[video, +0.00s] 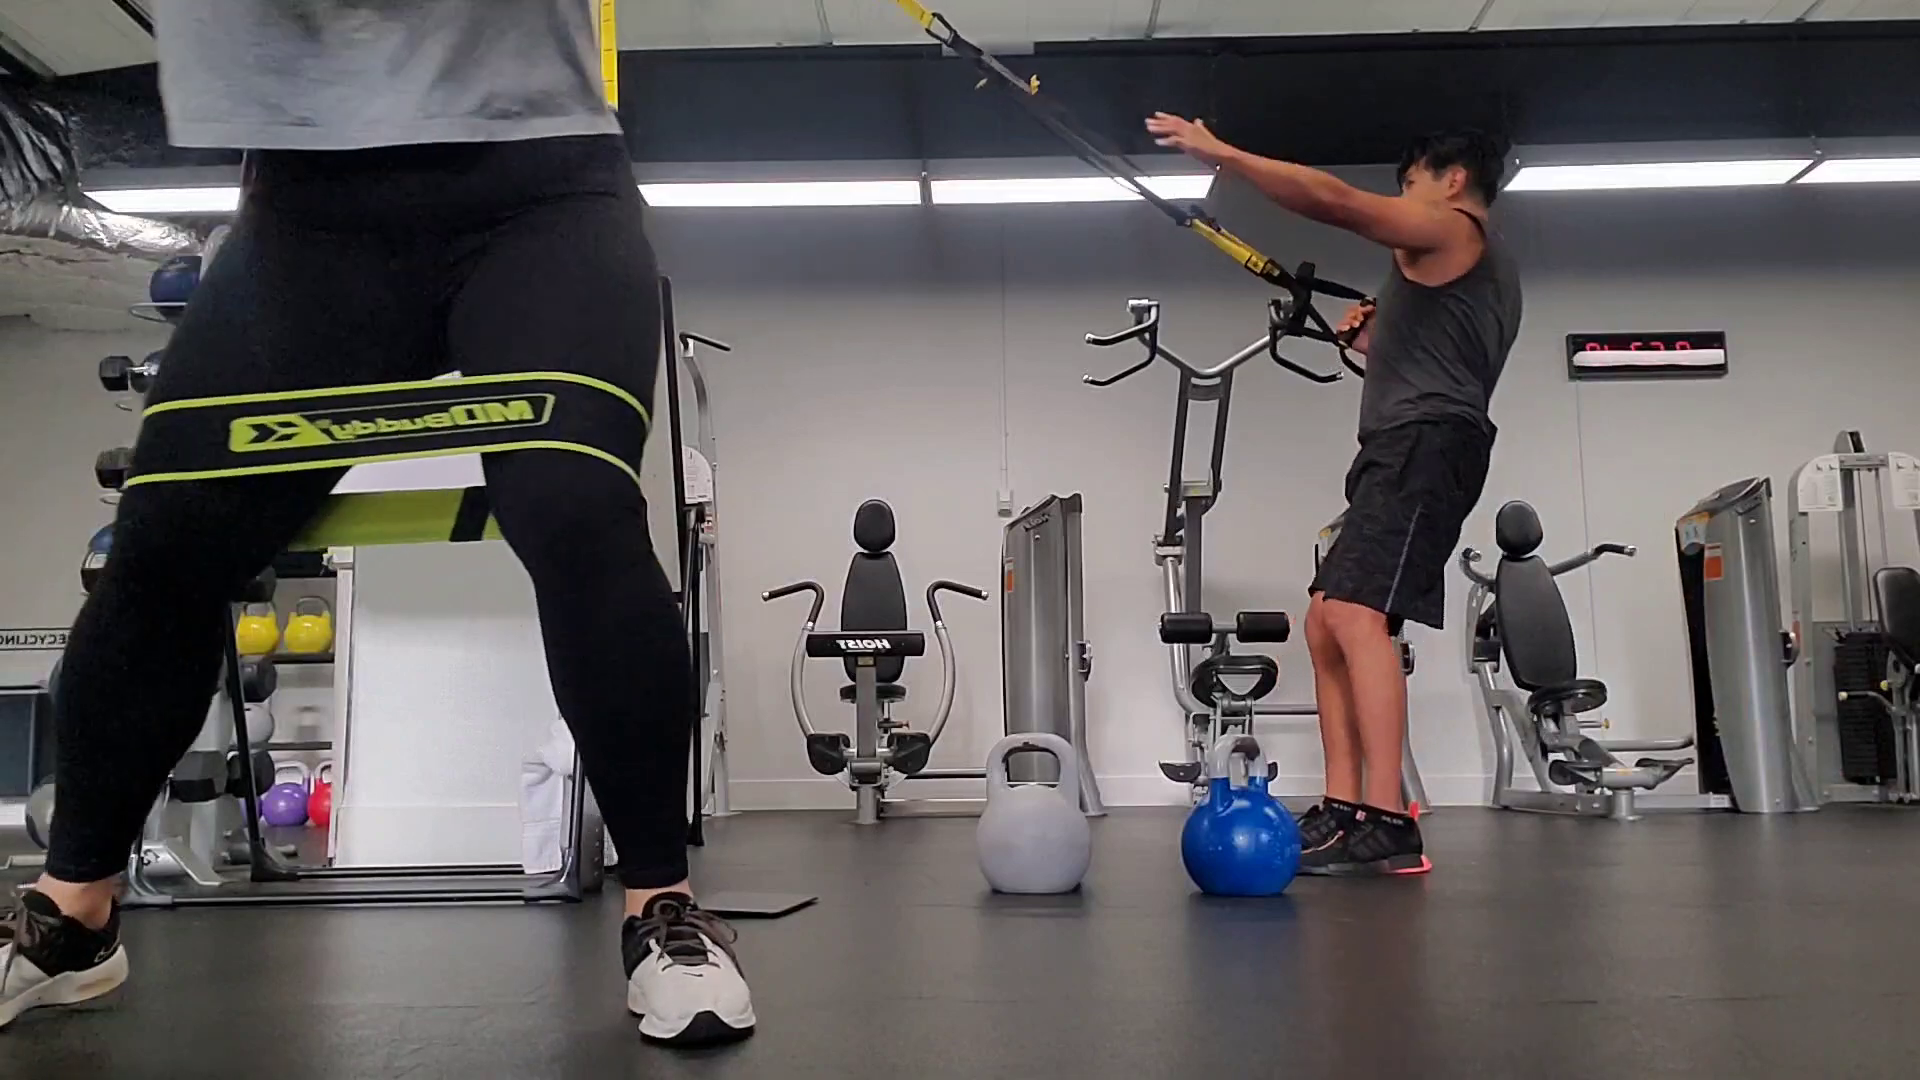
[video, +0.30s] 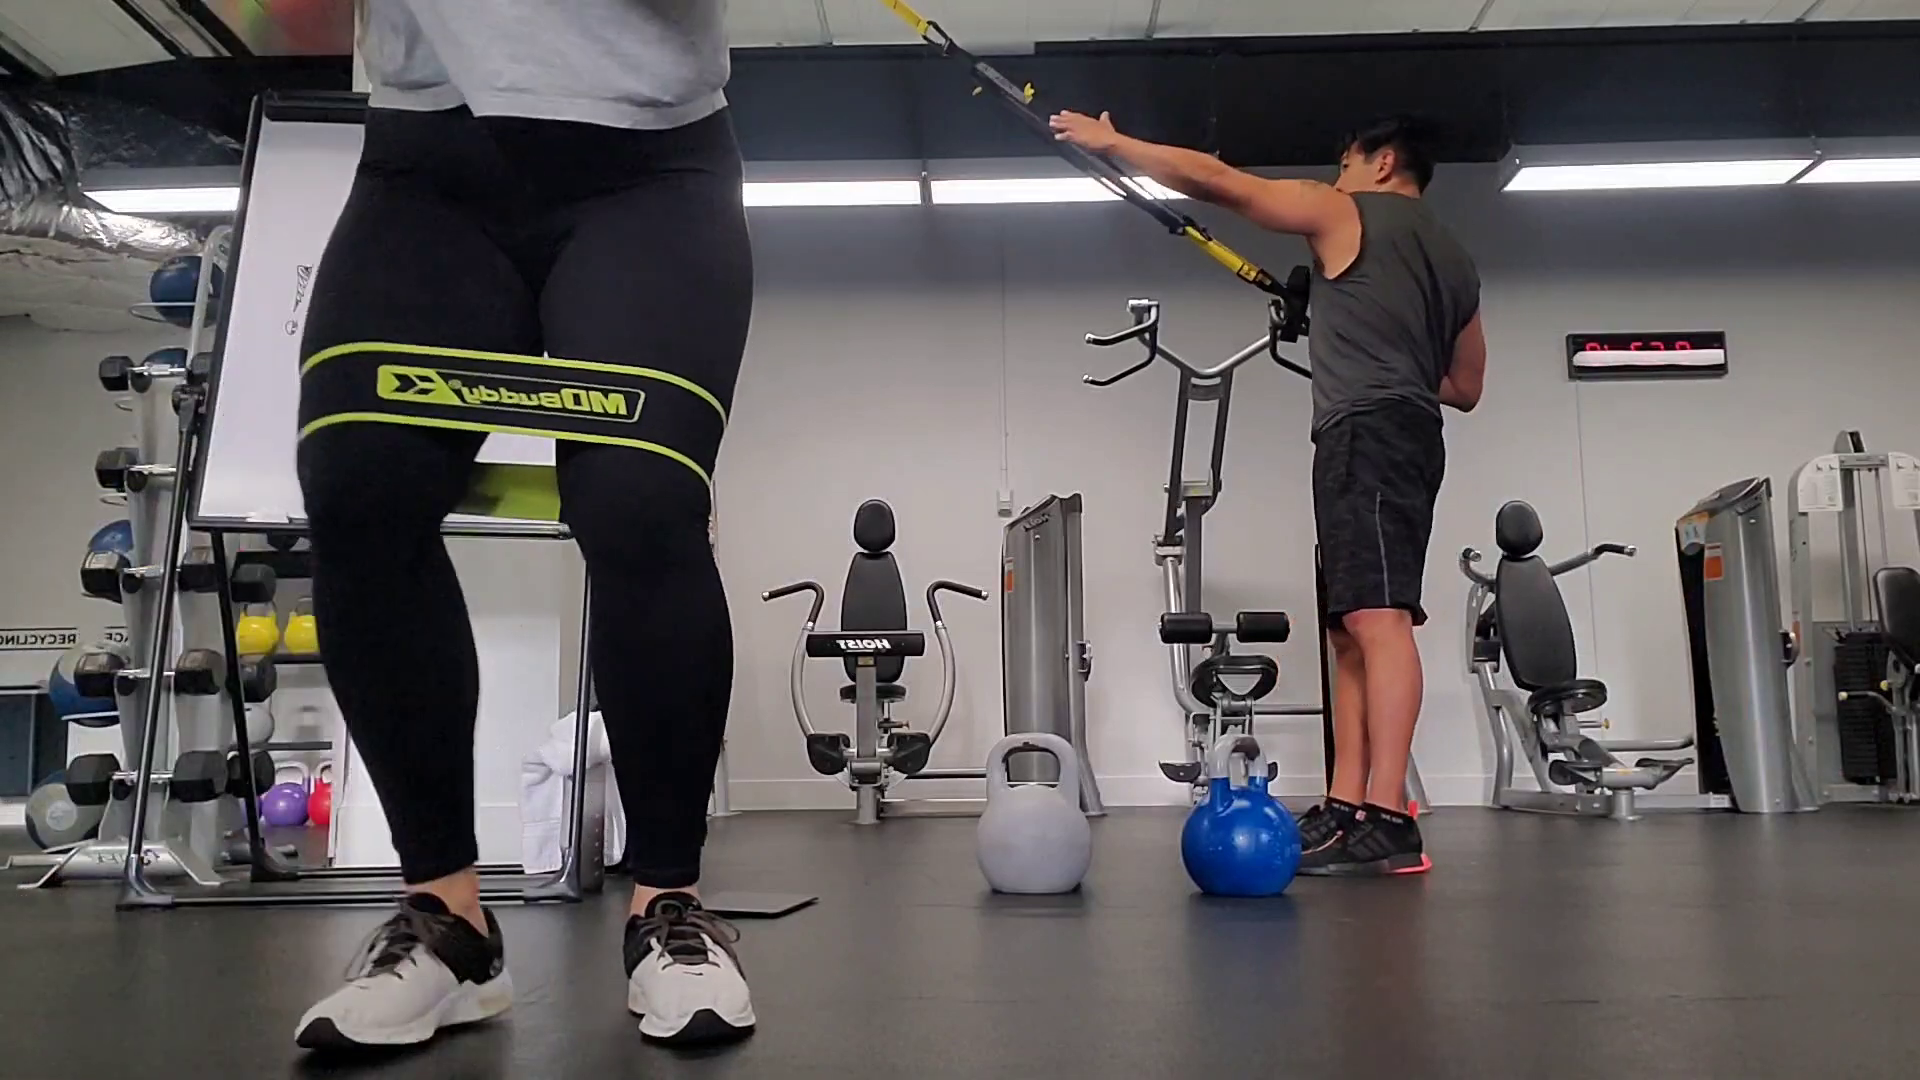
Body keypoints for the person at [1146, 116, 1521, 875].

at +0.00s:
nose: (1403, 193)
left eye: (1412, 180)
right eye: (1406, 181)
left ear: (1454, 178)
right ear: (1467, 187)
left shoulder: (1448, 226)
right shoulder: (1478, 266)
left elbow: (1332, 200)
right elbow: (1442, 366)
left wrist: (1222, 152)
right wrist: (1378, 342)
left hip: (1429, 438)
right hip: (1399, 442)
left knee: (1356, 614)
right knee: (1325, 620)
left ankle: (1390, 820)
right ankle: (1345, 807)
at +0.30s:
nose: (1340, 178)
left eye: (1348, 164)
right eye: (1343, 166)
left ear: (1383, 160)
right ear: (1409, 171)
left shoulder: (1346, 211)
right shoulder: (1453, 260)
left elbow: (1217, 178)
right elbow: (1464, 387)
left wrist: (1110, 139)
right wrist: (1356, 336)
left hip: (1367, 431)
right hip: (1406, 434)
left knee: (1381, 620)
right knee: (1349, 628)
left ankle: (1390, 820)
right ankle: (1347, 808)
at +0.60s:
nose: (1327, 179)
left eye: (1338, 163)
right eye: (1331, 166)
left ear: (1380, 160)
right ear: (1398, 169)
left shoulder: (1350, 211)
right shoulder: (1448, 263)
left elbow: (1225, 193)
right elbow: (1454, 390)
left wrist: (1112, 158)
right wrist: (1359, 365)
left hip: (1377, 430)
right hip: (1404, 433)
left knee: (1373, 617)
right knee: (1345, 622)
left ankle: (1389, 821)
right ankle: (1349, 808)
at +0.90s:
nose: (1392, 220)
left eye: (1408, 205)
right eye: (1393, 208)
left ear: (1458, 216)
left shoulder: (1471, 274)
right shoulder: (1419, 311)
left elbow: (1418, 315)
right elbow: (1402, 430)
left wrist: (1285, 300)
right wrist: (1359, 373)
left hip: (1458, 492)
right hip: (1407, 500)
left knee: (1324, 626)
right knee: (1286, 633)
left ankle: (1387, 821)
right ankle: (1345, 811)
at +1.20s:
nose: (1516, 368)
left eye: (1535, 353)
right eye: (1517, 356)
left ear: (1589, 370)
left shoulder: (1621, 469)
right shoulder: (1502, 457)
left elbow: (1686, 567)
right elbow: (1402, 472)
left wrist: (1710, 615)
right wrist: (1358, 400)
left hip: (1523, 656)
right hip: (1461, 649)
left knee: (1346, 625)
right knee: (1283, 642)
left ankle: (1388, 826)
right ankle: (1337, 812)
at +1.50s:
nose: (1604, 487)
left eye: (1626, 475)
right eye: (1602, 476)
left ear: (1678, 501)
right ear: (1599, 487)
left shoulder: (1702, 614)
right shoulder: (1546, 540)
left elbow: (1769, 736)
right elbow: (1437, 484)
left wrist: (1875, 809)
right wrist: (1360, 413)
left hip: (1561, 781)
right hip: (1479, 754)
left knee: (1462, 629)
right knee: (1351, 637)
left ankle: (1406, 824)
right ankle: (1342, 812)